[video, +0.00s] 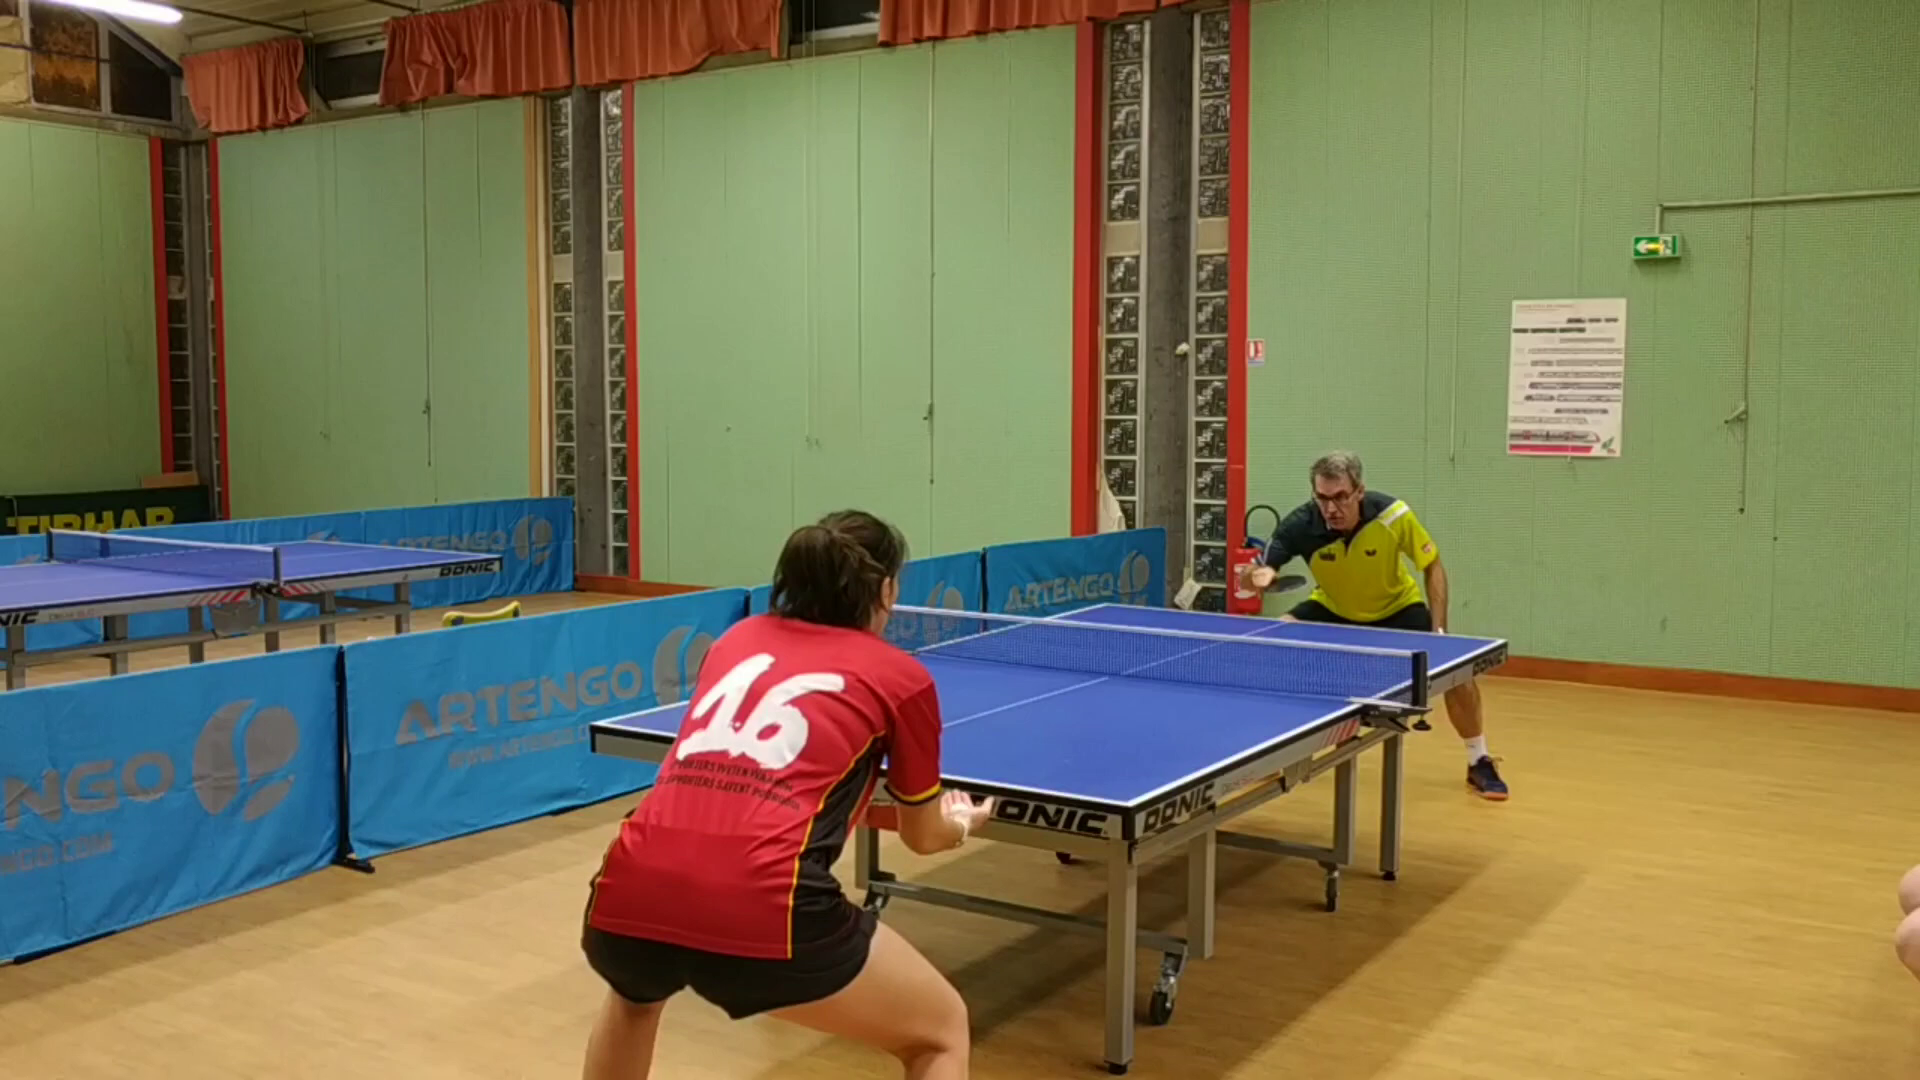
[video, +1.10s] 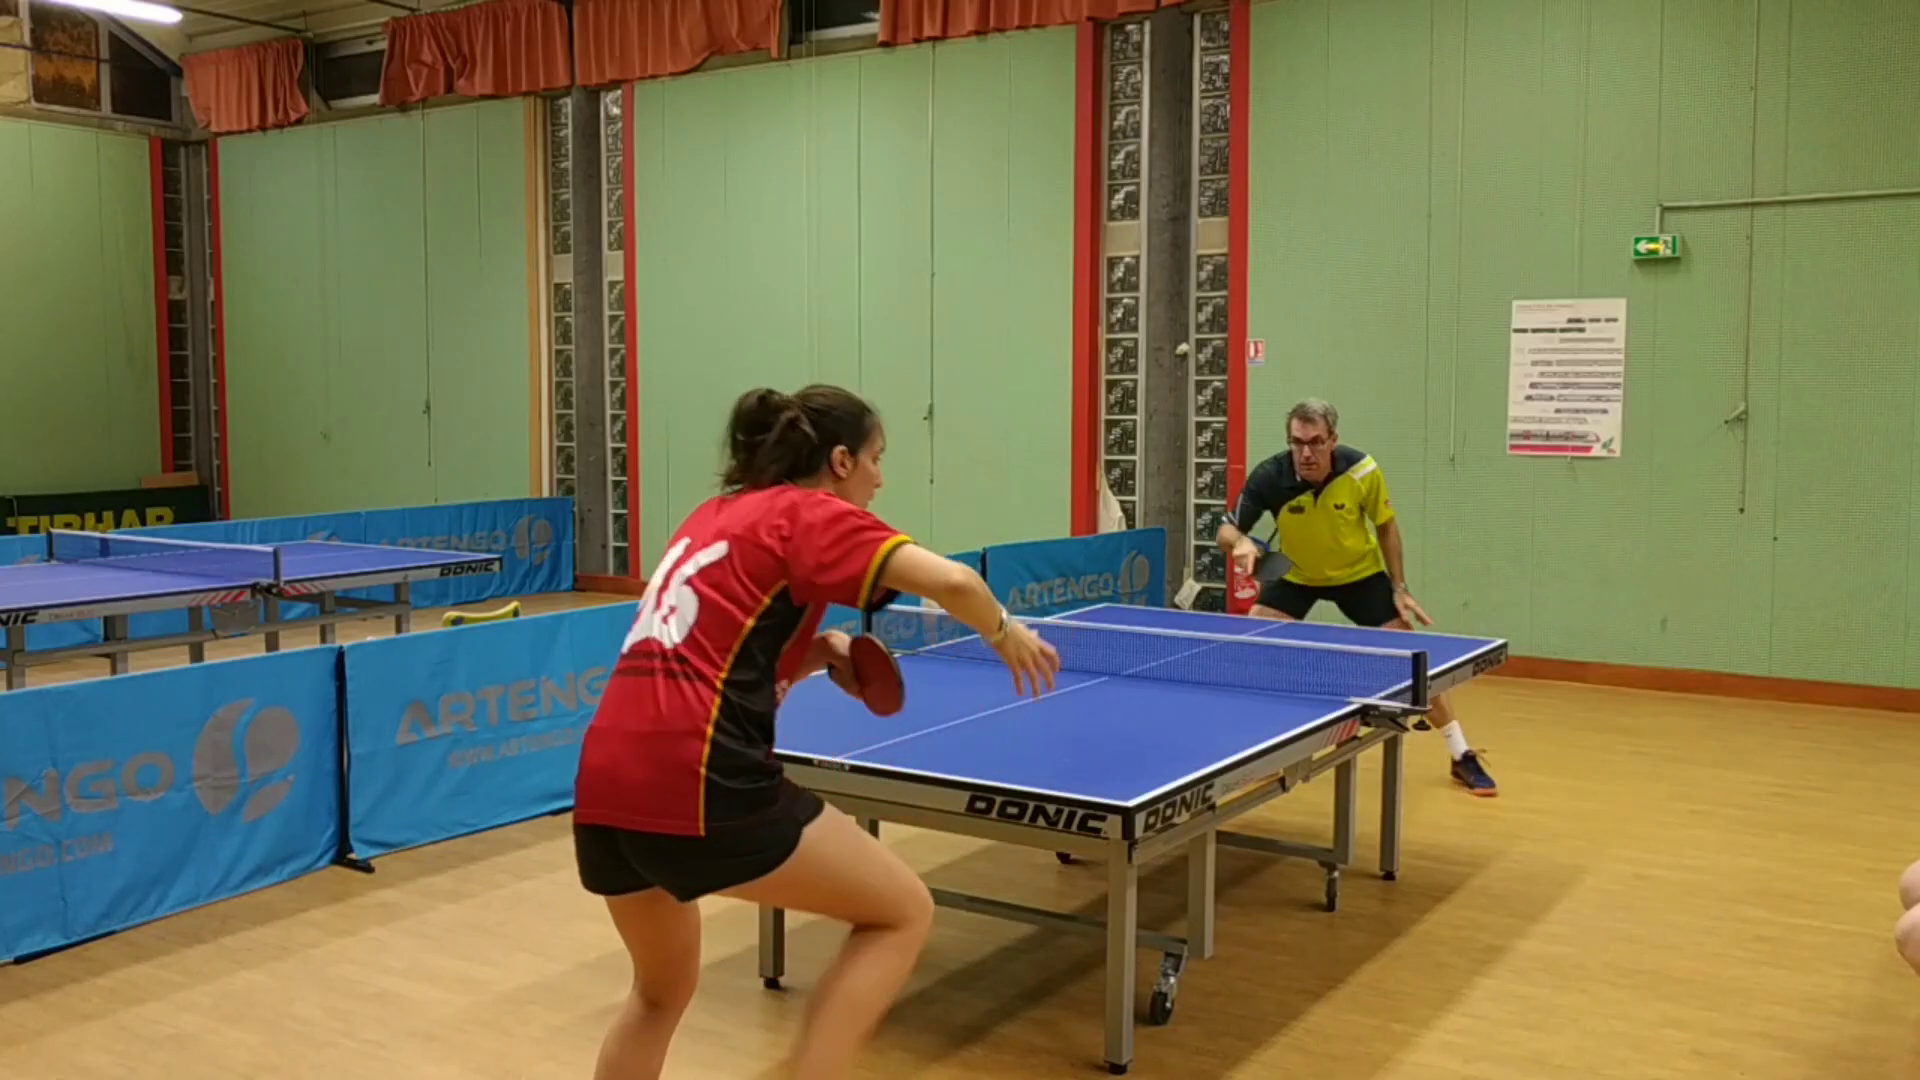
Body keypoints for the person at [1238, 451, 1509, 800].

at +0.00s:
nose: (1331, 508)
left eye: (1340, 498)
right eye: (1323, 499)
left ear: (1359, 491)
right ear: (1313, 495)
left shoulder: (1391, 514)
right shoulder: (1300, 524)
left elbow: (1432, 565)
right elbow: (1264, 570)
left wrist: (1438, 630)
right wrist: (1257, 577)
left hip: (1397, 608)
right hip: (1332, 607)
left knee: (1454, 665)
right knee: (1269, 642)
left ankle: (1480, 761)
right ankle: (1274, 753)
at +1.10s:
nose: (1306, 453)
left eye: (1316, 443)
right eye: (1298, 443)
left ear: (1333, 440)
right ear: (1288, 442)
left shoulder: (1360, 469)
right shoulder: (1269, 476)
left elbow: (1386, 527)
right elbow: (1227, 531)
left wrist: (1399, 588)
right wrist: (1240, 542)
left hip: (1360, 575)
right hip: (1299, 577)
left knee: (1409, 655)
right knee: (1249, 641)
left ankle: (1462, 755)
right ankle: (1252, 753)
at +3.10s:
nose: (1452, 430)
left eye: (1460, 420)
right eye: (1445, 422)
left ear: (1484, 417)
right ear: (1440, 422)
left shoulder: (1526, 453)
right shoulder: (1440, 462)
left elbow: (1568, 504)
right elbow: (1426, 516)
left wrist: (1571, 566)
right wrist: (1418, 559)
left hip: (1534, 569)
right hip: (1472, 566)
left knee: (1567, 660)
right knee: (1423, 634)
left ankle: (1586, 746)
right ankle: (1420, 724)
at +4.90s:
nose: (1455, 400)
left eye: (1463, 391)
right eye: (1450, 392)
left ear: (1487, 390)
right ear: (1447, 395)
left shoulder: (1521, 435)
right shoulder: (1445, 433)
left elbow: (1558, 487)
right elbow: (1409, 469)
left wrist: (1560, 550)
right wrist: (1365, 496)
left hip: (1518, 554)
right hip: (1464, 551)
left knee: (1557, 637)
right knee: (1429, 620)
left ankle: (1598, 718)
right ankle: (1432, 707)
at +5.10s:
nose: (1480, 403)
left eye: (1488, 395)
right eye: (1474, 395)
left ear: (1507, 394)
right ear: (1469, 397)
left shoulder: (1539, 440)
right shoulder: (1467, 437)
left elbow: (1575, 495)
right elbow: (1465, 488)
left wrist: (1589, 557)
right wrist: (1449, 534)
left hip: (1534, 557)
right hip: (1481, 554)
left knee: (1566, 640)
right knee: (1436, 621)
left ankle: (1604, 720)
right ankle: (1433, 706)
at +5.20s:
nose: (1489, 404)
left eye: (1497, 396)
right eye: (1482, 396)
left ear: (1515, 394)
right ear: (1477, 396)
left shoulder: (1548, 439)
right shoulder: (1476, 436)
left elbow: (1580, 499)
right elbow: (1482, 488)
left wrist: (1590, 560)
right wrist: (1465, 539)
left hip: (1540, 556)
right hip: (1487, 550)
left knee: (1570, 640)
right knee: (1439, 612)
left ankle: (1604, 720)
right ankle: (1434, 698)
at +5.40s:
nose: (1481, 413)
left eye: (1490, 404)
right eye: (1475, 405)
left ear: (1509, 403)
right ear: (1469, 405)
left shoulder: (1539, 446)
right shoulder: (1465, 443)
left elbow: (1569, 505)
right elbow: (1461, 491)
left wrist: (1557, 558)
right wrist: (1440, 537)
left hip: (1537, 558)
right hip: (1484, 554)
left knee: (1573, 643)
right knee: (1441, 621)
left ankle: (1604, 720)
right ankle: (1415, 711)